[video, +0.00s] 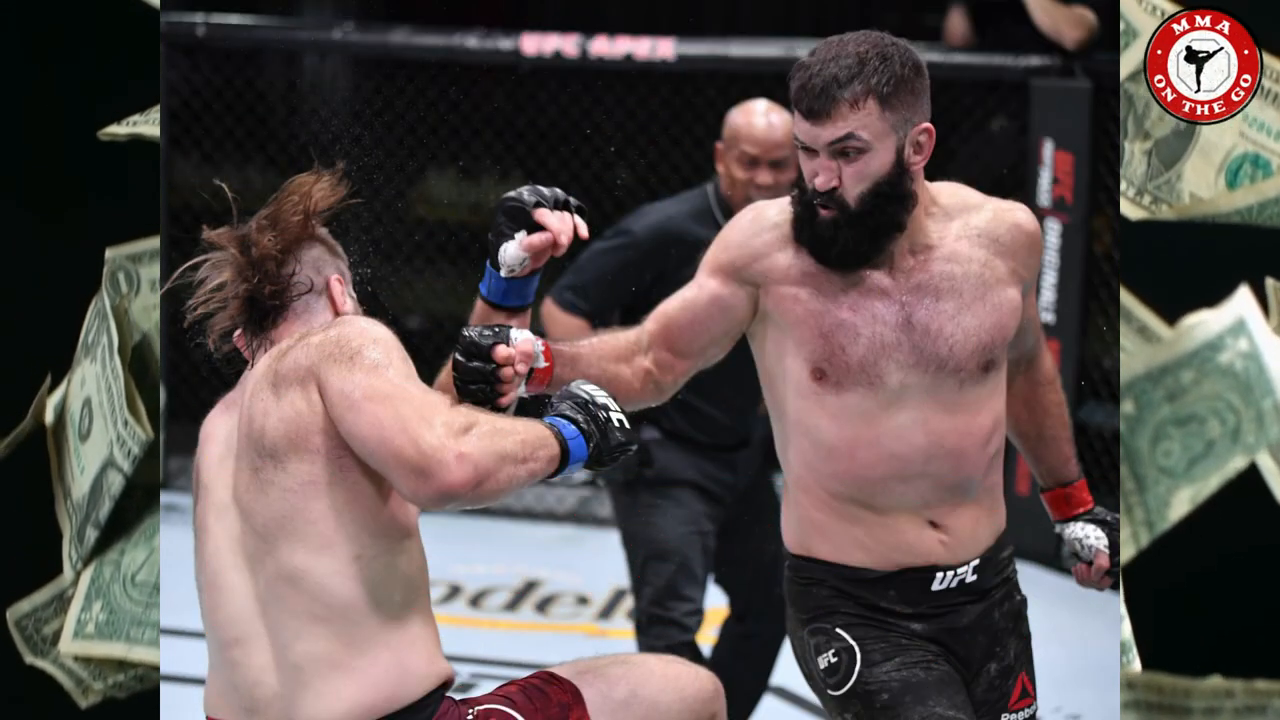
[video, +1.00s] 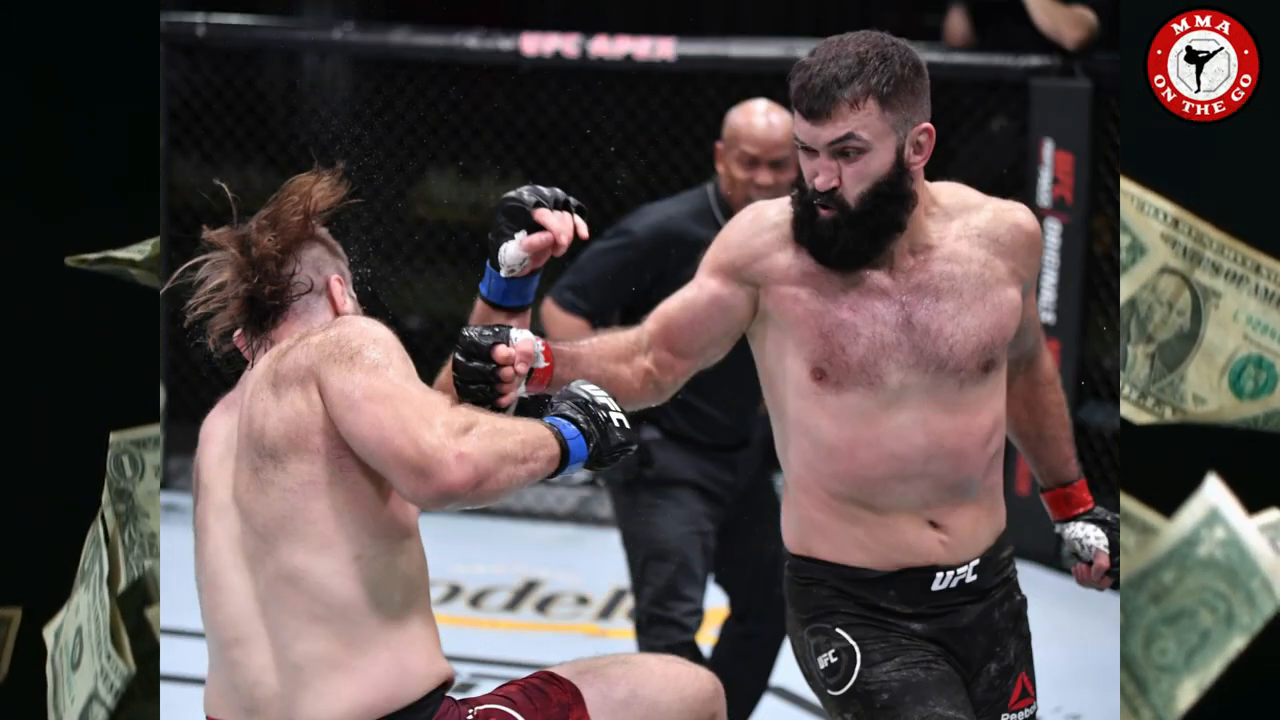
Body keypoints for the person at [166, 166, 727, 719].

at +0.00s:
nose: (365, 311)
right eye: (358, 293)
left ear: (243, 344)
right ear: (341, 291)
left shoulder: (218, 425)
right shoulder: (344, 346)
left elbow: (443, 432)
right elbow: (447, 467)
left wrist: (509, 283)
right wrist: (576, 431)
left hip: (243, 712)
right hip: (397, 708)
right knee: (691, 687)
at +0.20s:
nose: (365, 311)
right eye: (358, 293)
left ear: (243, 344)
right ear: (341, 291)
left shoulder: (218, 426)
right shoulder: (344, 346)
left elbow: (443, 433)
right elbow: (447, 467)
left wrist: (509, 283)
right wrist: (576, 431)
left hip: (243, 712)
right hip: (397, 708)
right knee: (691, 687)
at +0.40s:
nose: (363, 308)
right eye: (356, 290)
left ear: (243, 346)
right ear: (340, 290)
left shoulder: (217, 427)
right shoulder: (344, 346)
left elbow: (445, 428)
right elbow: (446, 467)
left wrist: (509, 282)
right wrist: (576, 431)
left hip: (238, 713)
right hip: (396, 709)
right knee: (691, 687)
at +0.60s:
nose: (363, 308)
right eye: (356, 290)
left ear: (243, 346)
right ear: (340, 290)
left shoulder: (217, 427)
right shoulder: (344, 346)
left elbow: (444, 429)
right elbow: (446, 466)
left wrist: (508, 283)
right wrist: (576, 430)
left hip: (239, 712)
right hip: (396, 708)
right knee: (691, 687)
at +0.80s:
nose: (364, 307)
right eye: (356, 290)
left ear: (242, 344)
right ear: (340, 291)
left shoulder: (217, 427)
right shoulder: (344, 346)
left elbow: (443, 431)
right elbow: (446, 467)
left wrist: (508, 284)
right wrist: (576, 432)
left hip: (240, 714)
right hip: (395, 709)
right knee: (691, 688)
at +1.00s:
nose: (362, 307)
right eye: (355, 289)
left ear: (243, 345)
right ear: (340, 290)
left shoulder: (217, 427)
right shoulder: (344, 346)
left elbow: (443, 431)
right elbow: (446, 467)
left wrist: (508, 284)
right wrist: (576, 431)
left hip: (239, 713)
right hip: (396, 709)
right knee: (691, 687)